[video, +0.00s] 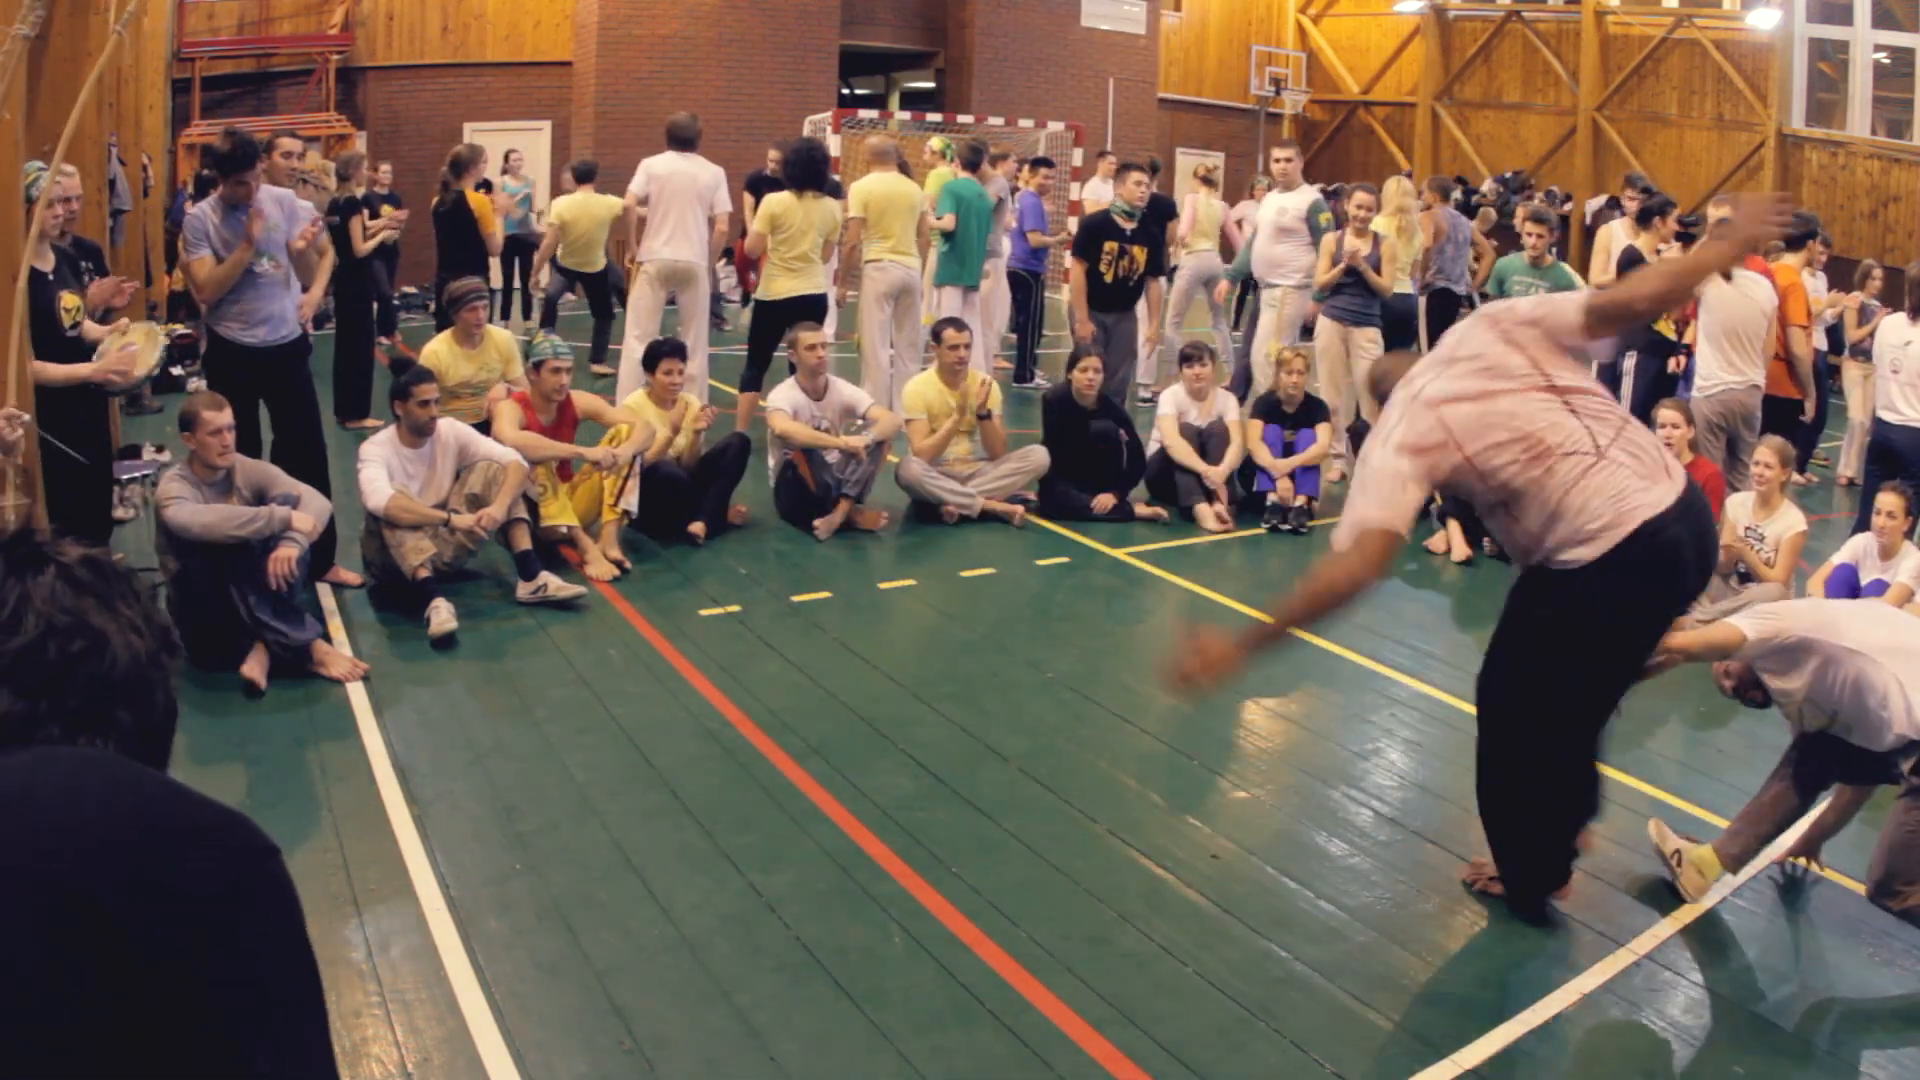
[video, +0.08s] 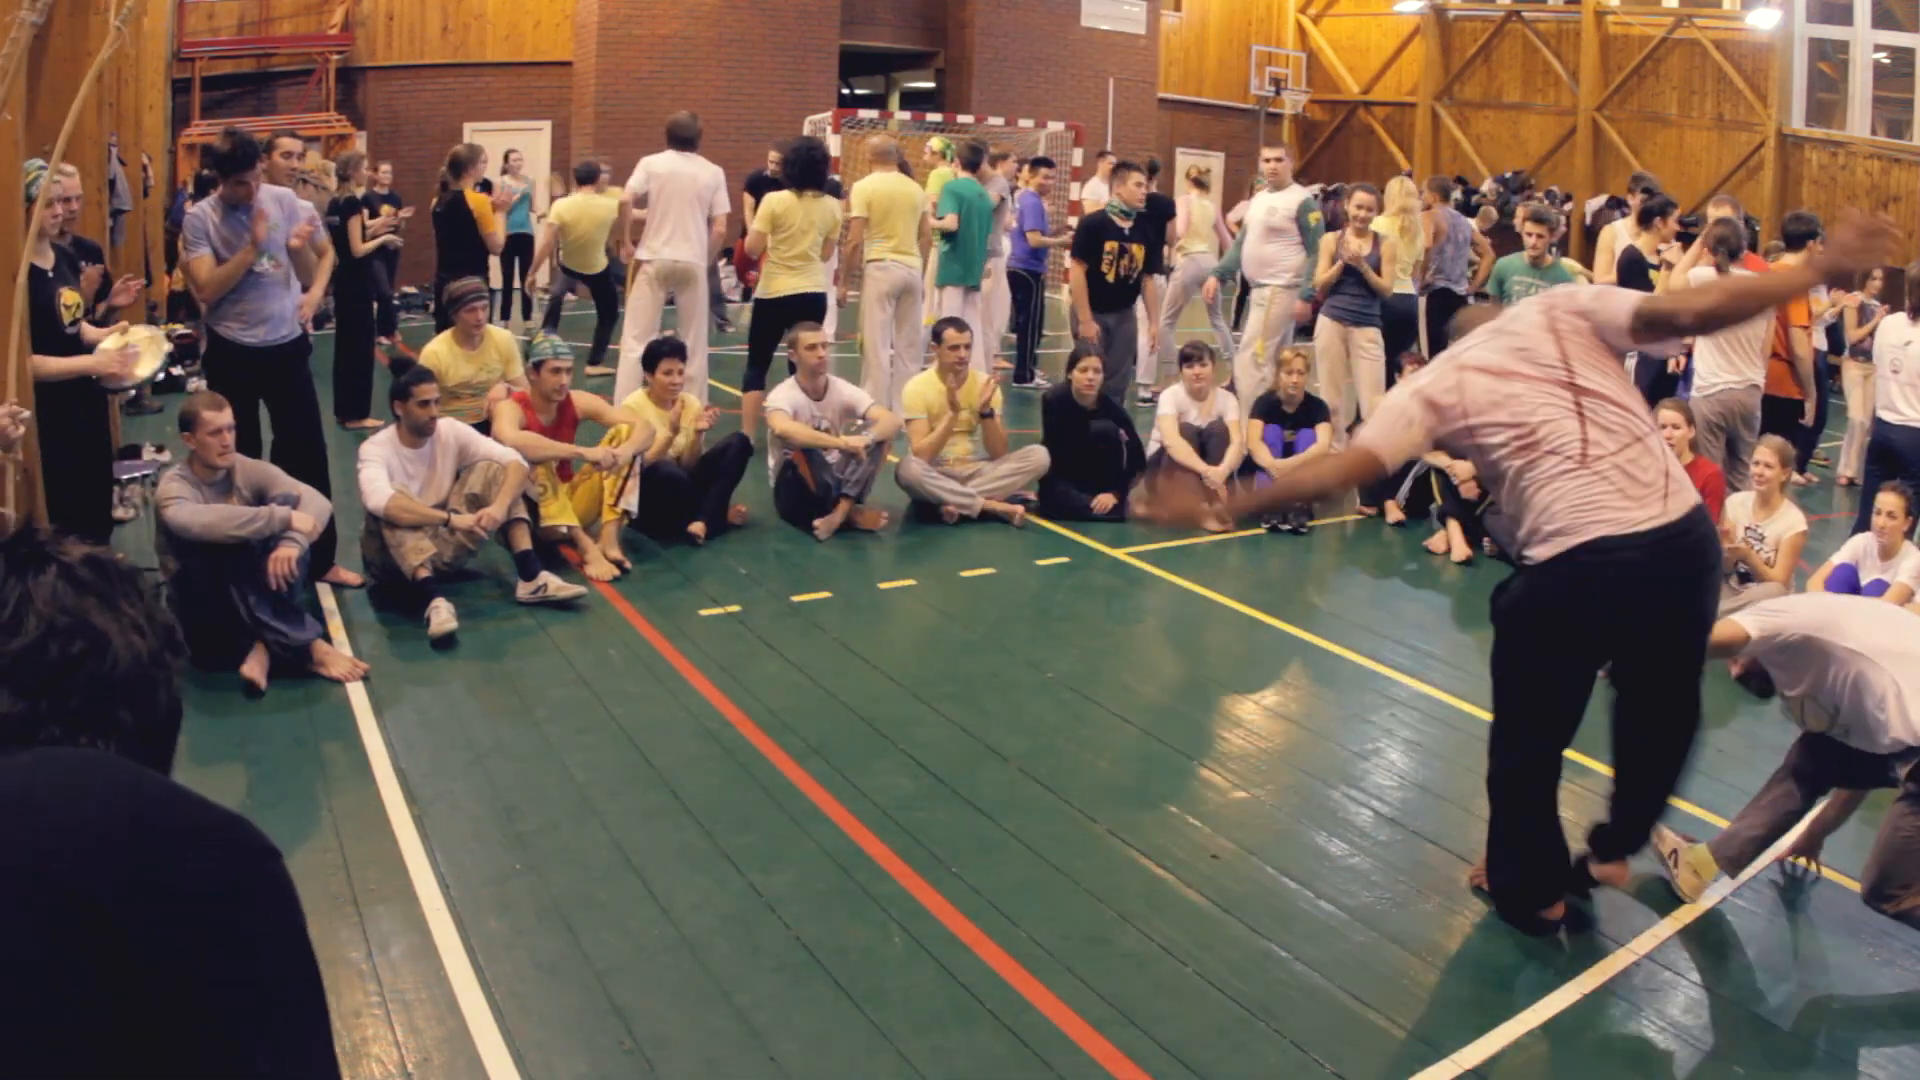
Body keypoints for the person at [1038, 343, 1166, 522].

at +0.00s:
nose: (1090, 377)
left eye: (1096, 371)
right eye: (1083, 370)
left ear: (1104, 376)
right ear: (1070, 375)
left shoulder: (1113, 410)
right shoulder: (1054, 402)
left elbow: (1138, 462)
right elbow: (1052, 454)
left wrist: (1116, 494)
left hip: (1104, 482)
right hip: (1067, 480)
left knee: (1106, 430)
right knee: (1053, 504)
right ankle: (1130, 511)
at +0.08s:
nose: (1090, 377)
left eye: (1097, 371)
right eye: (1083, 370)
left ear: (1103, 377)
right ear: (1070, 374)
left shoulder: (1113, 410)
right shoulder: (1054, 402)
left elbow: (1138, 461)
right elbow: (1051, 456)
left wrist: (1115, 494)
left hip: (1102, 480)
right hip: (1066, 478)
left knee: (1105, 430)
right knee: (1052, 505)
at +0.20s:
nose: (1090, 377)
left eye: (1097, 372)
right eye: (1083, 371)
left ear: (1103, 376)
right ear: (1070, 375)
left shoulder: (1112, 409)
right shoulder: (1054, 402)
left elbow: (1138, 461)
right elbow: (1050, 449)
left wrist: (1116, 494)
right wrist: (1043, 490)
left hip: (1104, 481)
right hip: (1067, 479)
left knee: (1104, 429)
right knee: (1053, 501)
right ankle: (1130, 512)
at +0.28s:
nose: (1090, 377)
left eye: (1096, 372)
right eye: (1083, 371)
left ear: (1103, 376)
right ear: (1070, 375)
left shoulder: (1112, 408)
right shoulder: (1054, 402)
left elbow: (1138, 461)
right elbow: (1050, 450)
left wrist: (1116, 494)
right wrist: (1044, 490)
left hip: (1104, 480)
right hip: (1067, 479)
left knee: (1104, 429)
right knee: (1053, 502)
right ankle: (1130, 512)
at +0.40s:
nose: (1090, 377)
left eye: (1096, 372)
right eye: (1083, 371)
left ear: (1103, 377)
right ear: (1070, 375)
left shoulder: (1111, 409)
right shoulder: (1054, 402)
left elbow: (1138, 461)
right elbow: (1050, 449)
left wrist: (1116, 494)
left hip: (1104, 481)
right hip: (1066, 480)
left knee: (1104, 429)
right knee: (1053, 501)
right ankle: (1130, 511)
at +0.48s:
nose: (1090, 377)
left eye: (1096, 372)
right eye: (1083, 371)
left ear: (1103, 377)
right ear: (1070, 375)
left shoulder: (1111, 408)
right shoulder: (1054, 402)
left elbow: (1138, 461)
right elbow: (1050, 450)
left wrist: (1116, 494)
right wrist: (1044, 490)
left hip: (1104, 481)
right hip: (1066, 480)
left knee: (1104, 429)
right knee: (1053, 501)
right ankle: (1130, 511)